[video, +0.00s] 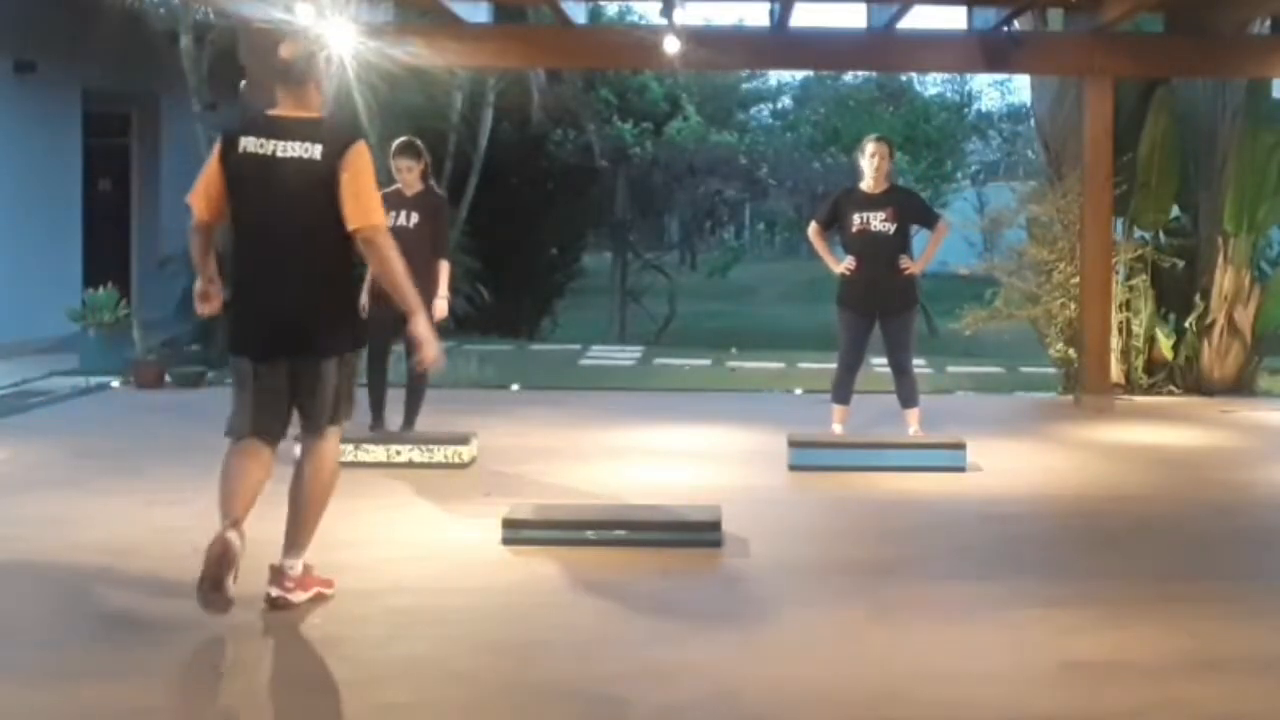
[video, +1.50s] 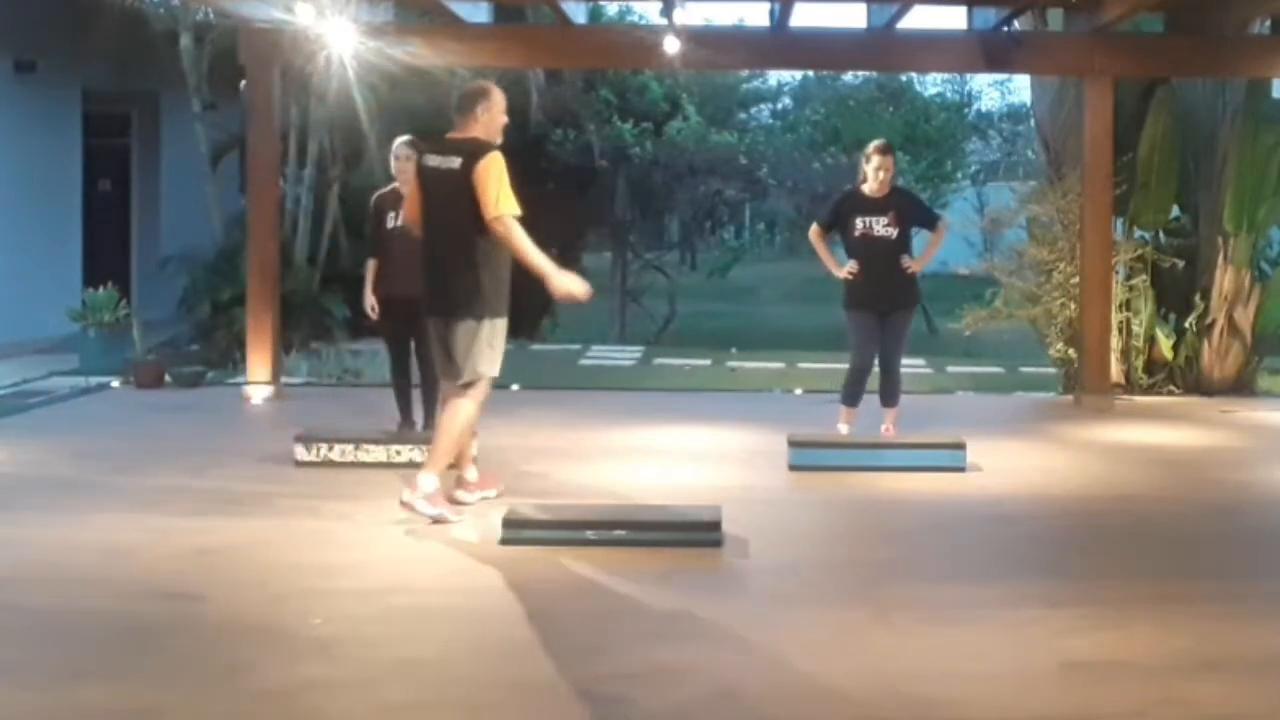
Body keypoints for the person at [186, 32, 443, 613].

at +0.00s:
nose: (335, 86)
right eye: (331, 77)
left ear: (275, 82)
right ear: (321, 82)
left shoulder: (237, 141)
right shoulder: (345, 145)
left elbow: (202, 215)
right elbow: (372, 236)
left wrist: (205, 273)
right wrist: (418, 317)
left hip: (254, 318)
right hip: (326, 322)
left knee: (255, 433)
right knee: (324, 436)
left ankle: (231, 530)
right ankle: (291, 571)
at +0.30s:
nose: (350, 90)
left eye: (343, 81)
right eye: (349, 82)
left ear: (301, 87)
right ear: (345, 88)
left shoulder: (264, 141)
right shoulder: (368, 141)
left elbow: (233, 224)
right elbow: (428, 202)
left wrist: (201, 295)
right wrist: (500, 226)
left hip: (282, 309)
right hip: (342, 311)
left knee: (295, 421)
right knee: (328, 423)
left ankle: (313, 533)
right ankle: (291, 556)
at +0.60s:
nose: (381, 97)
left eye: (376, 89)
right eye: (380, 90)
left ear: (332, 90)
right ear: (373, 92)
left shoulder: (297, 143)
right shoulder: (389, 147)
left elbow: (262, 214)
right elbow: (424, 217)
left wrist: (248, 275)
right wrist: (494, 252)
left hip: (309, 300)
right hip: (374, 304)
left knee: (313, 407)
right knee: (391, 398)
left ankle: (318, 533)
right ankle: (349, 495)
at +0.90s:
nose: (427, 114)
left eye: (424, 106)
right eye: (425, 107)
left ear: (377, 109)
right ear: (415, 109)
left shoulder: (348, 159)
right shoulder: (433, 161)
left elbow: (307, 206)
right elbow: (447, 234)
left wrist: (321, 215)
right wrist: (486, 301)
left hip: (353, 307)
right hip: (415, 311)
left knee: (342, 407)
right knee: (424, 401)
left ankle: (321, 514)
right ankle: (419, 500)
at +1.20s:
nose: (472, 123)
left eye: (472, 115)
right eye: (471, 115)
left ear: (429, 112)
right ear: (457, 113)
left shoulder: (394, 155)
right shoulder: (465, 160)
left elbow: (372, 227)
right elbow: (497, 218)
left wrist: (372, 286)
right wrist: (568, 243)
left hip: (404, 296)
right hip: (454, 301)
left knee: (414, 386)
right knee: (455, 394)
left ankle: (387, 466)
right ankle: (423, 494)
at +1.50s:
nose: (506, 120)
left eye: (505, 112)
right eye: (502, 112)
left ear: (464, 113)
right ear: (483, 113)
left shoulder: (428, 154)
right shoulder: (487, 158)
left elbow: (411, 219)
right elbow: (502, 222)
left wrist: (449, 236)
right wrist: (553, 274)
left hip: (438, 290)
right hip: (479, 296)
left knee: (454, 385)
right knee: (474, 387)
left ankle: (464, 475)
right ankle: (426, 484)